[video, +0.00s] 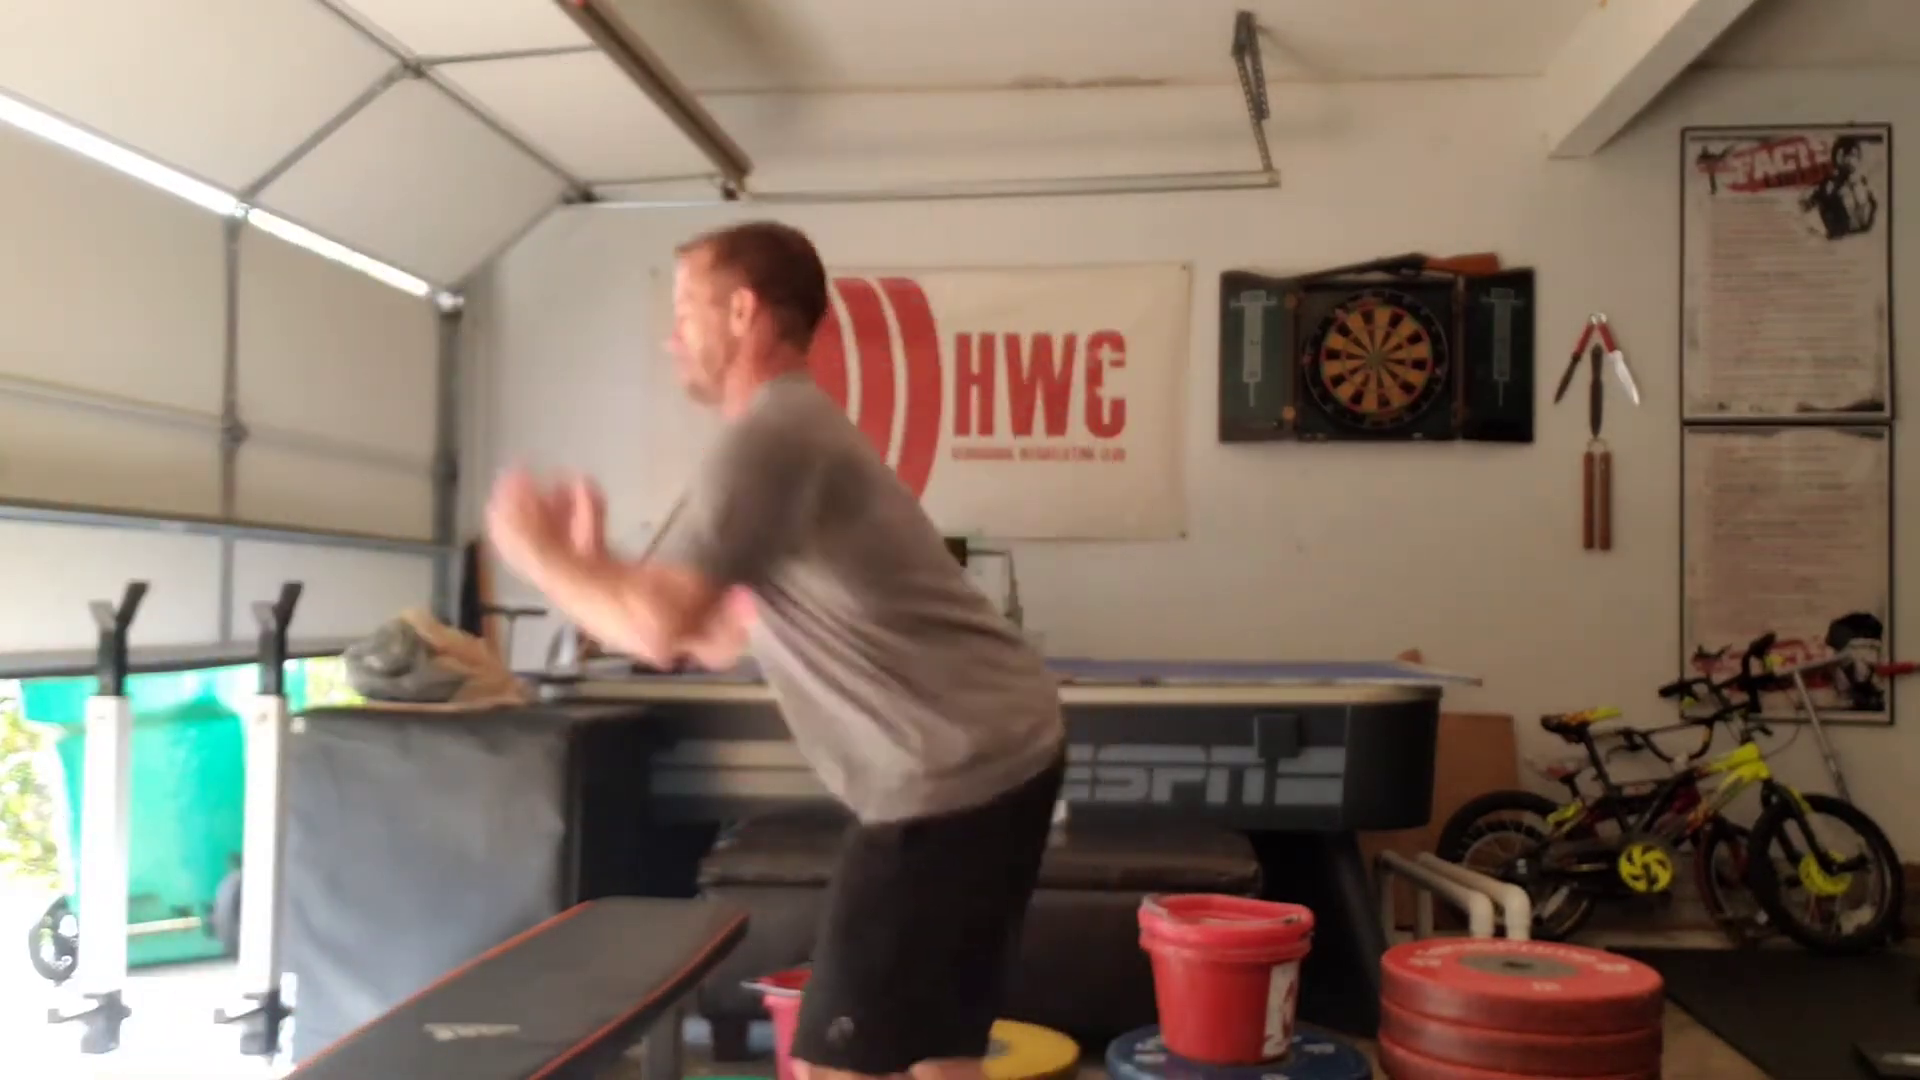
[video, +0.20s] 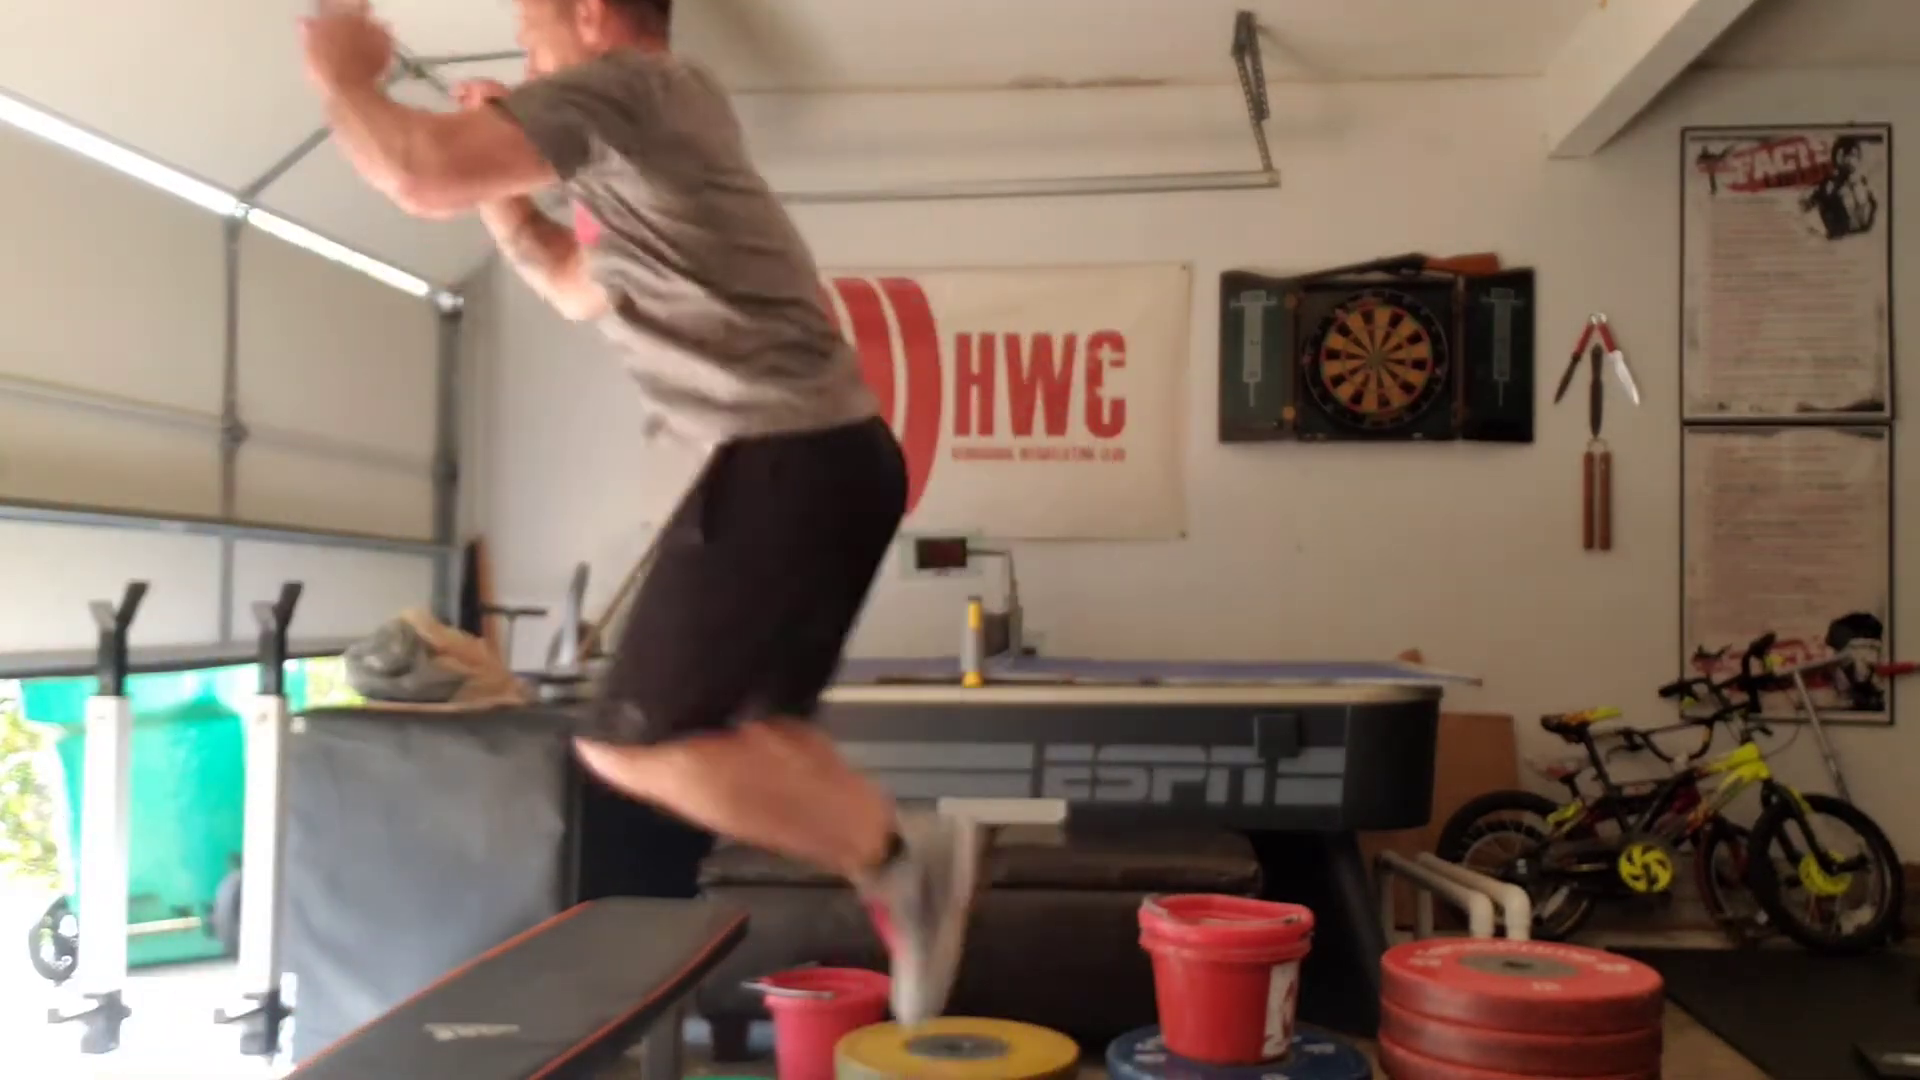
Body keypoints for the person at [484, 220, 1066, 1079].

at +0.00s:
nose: (671, 334)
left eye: (686, 309)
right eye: (674, 311)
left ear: (745, 316)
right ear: (749, 321)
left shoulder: (773, 430)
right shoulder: (793, 427)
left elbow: (656, 622)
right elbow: (710, 638)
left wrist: (536, 552)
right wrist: (598, 564)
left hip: (946, 769)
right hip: (987, 750)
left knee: (840, 1056)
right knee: (942, 1049)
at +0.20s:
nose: (525, 60)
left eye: (532, 37)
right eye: (526, 44)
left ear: (592, 18)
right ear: (622, 24)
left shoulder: (625, 88)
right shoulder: (671, 112)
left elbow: (424, 172)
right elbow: (582, 289)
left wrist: (344, 76)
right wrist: (503, 193)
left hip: (782, 455)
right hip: (833, 452)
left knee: (632, 737)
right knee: (759, 717)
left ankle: (892, 866)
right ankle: (913, 866)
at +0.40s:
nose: (354, 45)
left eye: (359, 19)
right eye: (350, 26)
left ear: (423, 12)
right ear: (454, 18)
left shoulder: (457, 99)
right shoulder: (534, 103)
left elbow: (339, 300)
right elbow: (575, 346)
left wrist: (151, 389)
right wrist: (412, 386)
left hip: (666, 389)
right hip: (739, 411)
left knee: (369, 499)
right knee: (516, 534)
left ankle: (377, 819)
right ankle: (449, 783)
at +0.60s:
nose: (265, 146)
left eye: (264, 112)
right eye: (257, 118)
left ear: (321, 90)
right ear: (374, 92)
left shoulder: (346, 198)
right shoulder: (486, 207)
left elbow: (434, 363)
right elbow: (607, 368)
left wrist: (325, 536)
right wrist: (504, 460)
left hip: (414, 584)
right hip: (517, 587)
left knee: (245, 872)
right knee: (378, 860)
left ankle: (233, 1076)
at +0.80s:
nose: (194, 296)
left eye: (205, 267)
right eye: (197, 269)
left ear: (255, 268)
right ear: (331, 282)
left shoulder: (230, 428)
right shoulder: (400, 436)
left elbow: (171, 653)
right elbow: (425, 617)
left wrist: (55, 734)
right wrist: (230, 689)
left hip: (275, 795)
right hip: (399, 781)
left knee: (101, 1044)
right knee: (271, 1045)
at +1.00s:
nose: (166, 171)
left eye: (176, 145)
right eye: (170, 147)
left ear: (223, 152)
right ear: (295, 168)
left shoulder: (187, 298)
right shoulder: (365, 321)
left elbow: (112, 501)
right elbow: (381, 510)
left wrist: (13, 510)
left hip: (211, 679)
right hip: (341, 666)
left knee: (132, 988)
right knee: (277, 968)